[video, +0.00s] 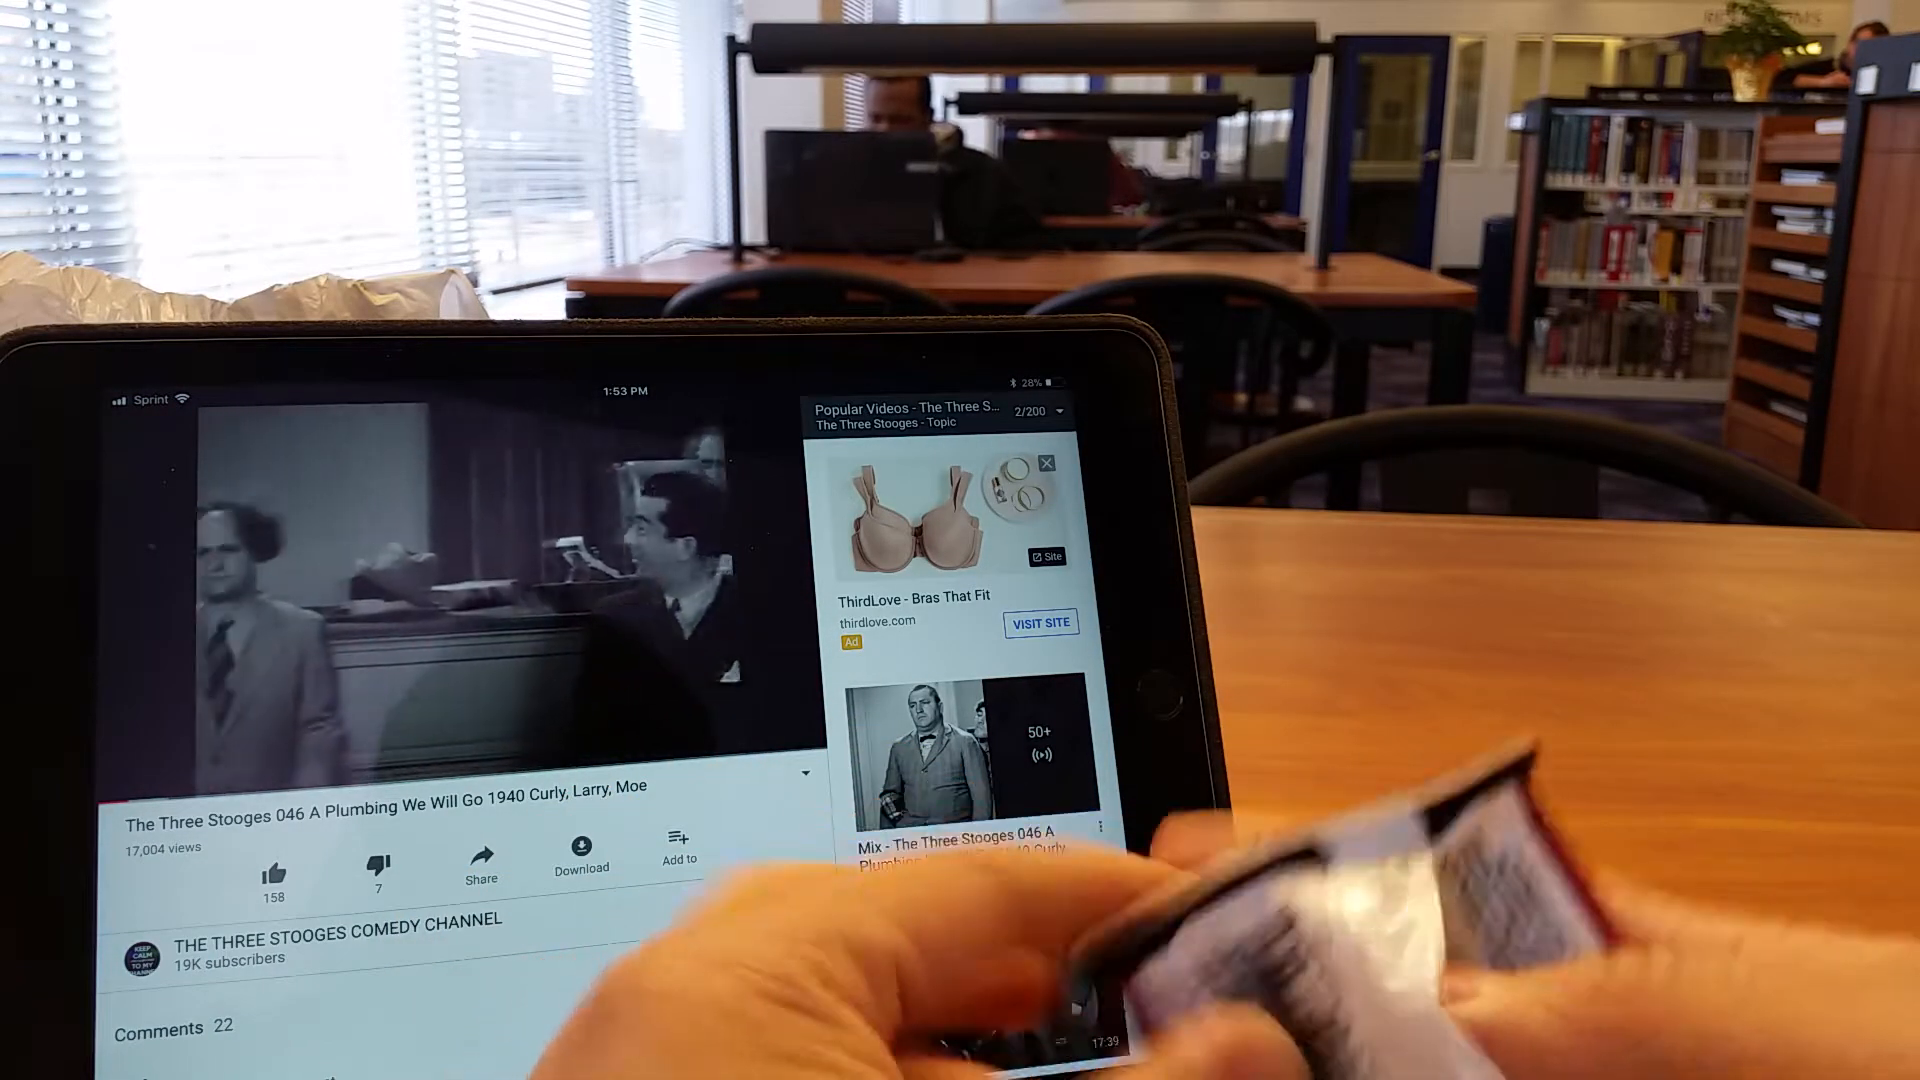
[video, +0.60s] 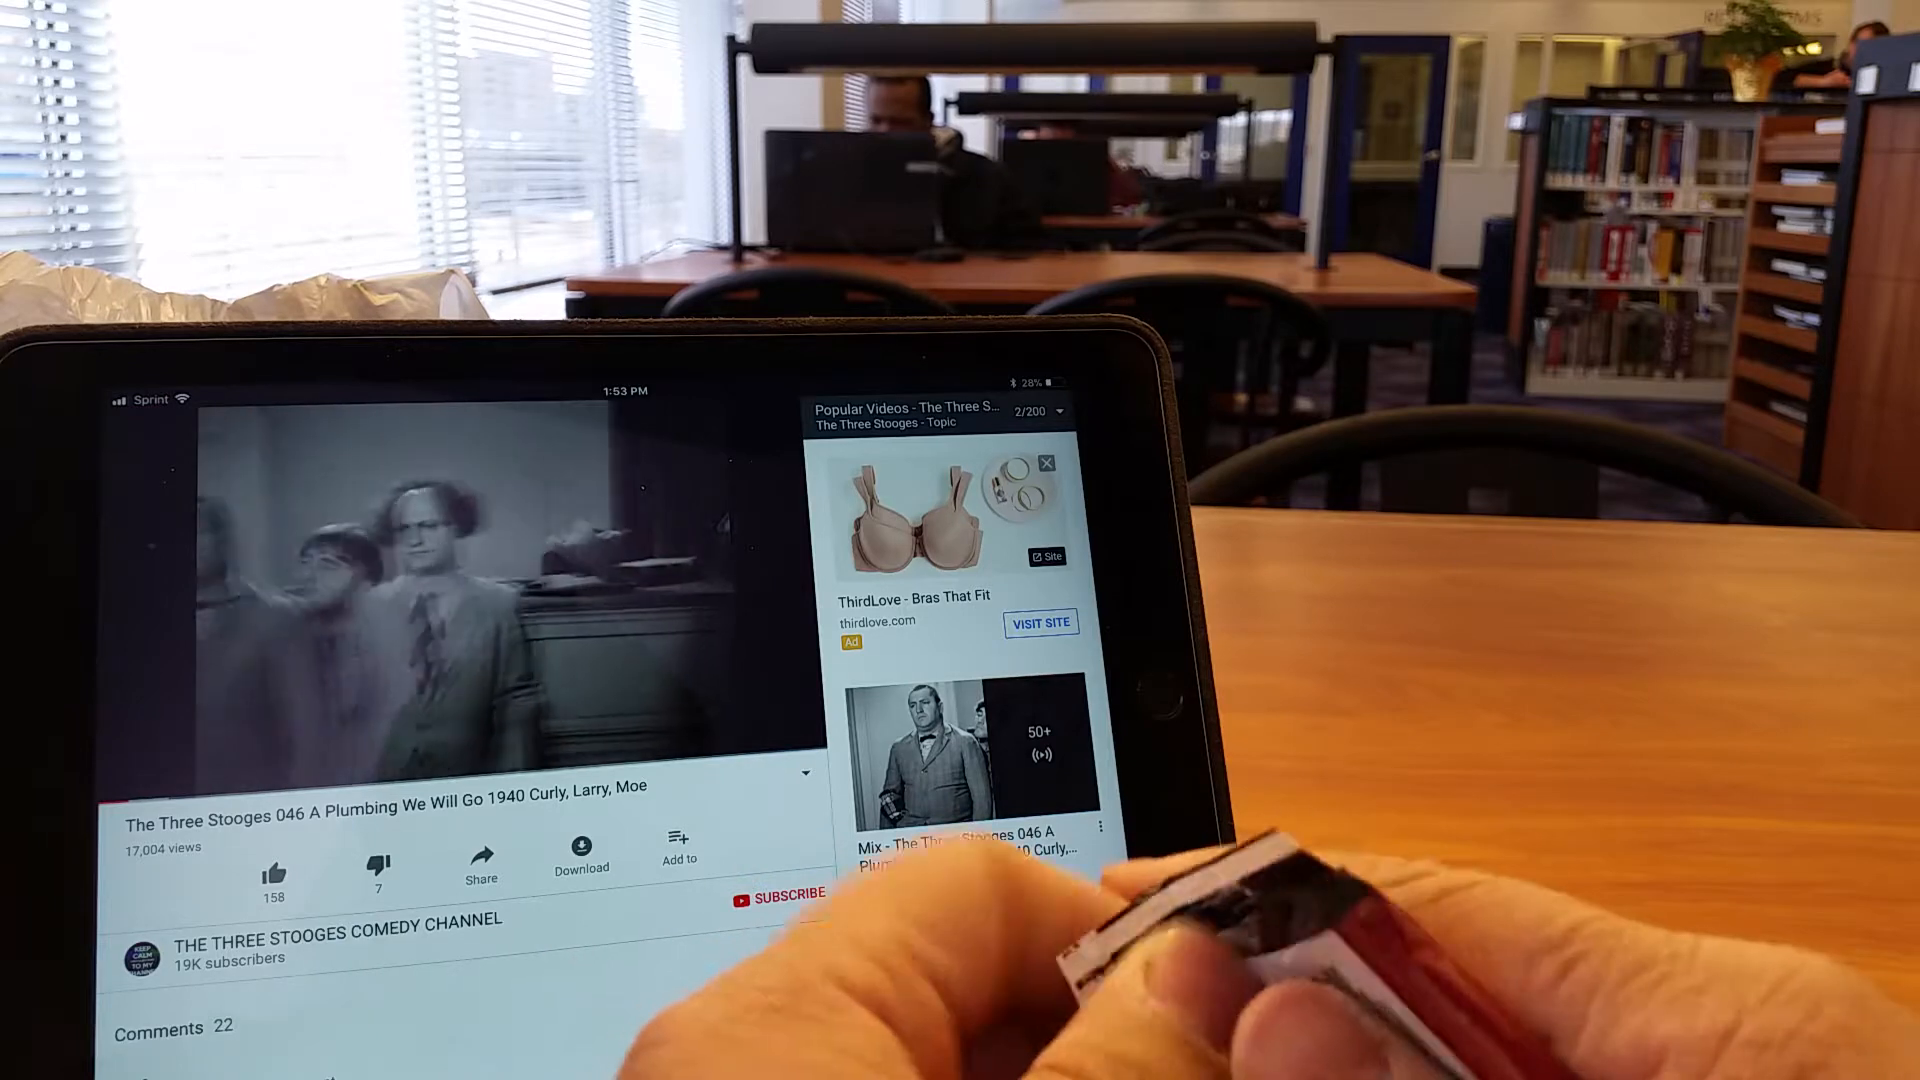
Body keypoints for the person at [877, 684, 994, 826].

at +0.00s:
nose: (919, 710)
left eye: (925, 703)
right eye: (913, 705)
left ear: (939, 707)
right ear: (909, 711)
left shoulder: (964, 742)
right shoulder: (899, 748)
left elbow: (981, 794)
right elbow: (890, 793)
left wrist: (979, 834)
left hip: (956, 832)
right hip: (910, 835)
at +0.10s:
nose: (919, 710)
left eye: (925, 703)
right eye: (913, 706)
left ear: (940, 707)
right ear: (910, 712)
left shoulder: (964, 742)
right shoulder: (899, 749)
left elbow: (981, 796)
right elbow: (892, 797)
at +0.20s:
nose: (919, 709)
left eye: (925, 703)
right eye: (913, 705)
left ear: (939, 707)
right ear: (909, 711)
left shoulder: (964, 742)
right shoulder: (899, 748)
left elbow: (981, 795)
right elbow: (891, 791)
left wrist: (979, 835)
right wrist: (889, 801)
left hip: (955, 831)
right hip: (911, 834)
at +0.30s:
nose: (919, 709)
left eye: (925, 703)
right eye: (913, 705)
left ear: (939, 707)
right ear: (909, 711)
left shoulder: (964, 742)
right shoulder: (899, 748)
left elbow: (981, 795)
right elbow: (891, 792)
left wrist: (979, 835)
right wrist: (889, 802)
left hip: (955, 830)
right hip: (911, 833)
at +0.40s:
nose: (919, 710)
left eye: (925, 703)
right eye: (913, 705)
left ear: (940, 707)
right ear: (909, 711)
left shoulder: (964, 742)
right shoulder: (899, 748)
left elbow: (981, 796)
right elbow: (890, 796)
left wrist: (979, 835)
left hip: (956, 833)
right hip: (911, 836)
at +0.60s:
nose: (919, 710)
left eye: (925, 703)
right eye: (913, 705)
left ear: (940, 707)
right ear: (909, 711)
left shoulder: (964, 742)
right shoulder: (899, 749)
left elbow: (981, 796)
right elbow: (890, 794)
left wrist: (979, 835)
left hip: (956, 834)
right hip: (910, 837)